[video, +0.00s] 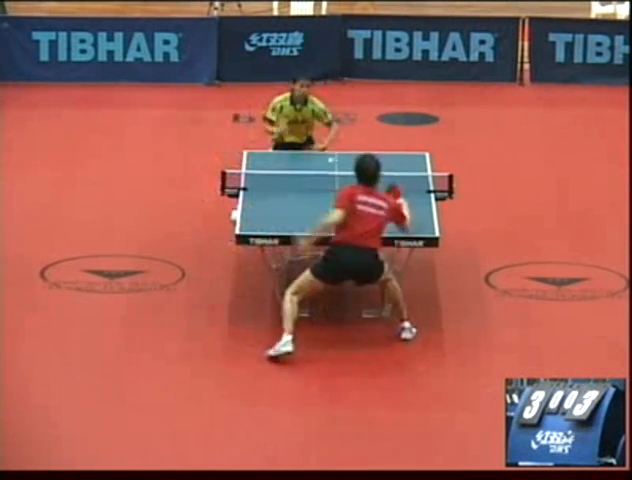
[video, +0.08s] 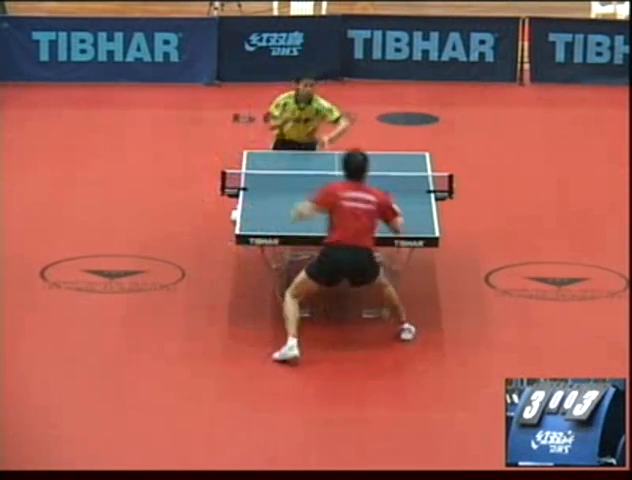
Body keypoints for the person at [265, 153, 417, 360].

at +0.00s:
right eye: (374, 172)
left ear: (357, 174)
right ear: (378, 176)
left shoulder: (350, 194)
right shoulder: (386, 201)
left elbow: (337, 218)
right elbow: (404, 223)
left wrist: (310, 239)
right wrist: (400, 200)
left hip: (340, 253)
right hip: (368, 255)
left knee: (293, 293)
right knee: (388, 280)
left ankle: (286, 338)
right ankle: (406, 325)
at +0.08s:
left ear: (344, 170)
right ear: (366, 171)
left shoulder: (334, 191)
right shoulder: (377, 197)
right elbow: (397, 226)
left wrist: (300, 211)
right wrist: (395, 210)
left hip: (334, 252)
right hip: (363, 253)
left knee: (292, 295)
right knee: (384, 286)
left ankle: (291, 343)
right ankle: (405, 325)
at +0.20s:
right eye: (350, 162)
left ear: (331, 164)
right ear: (353, 166)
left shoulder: (316, 185)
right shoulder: (363, 191)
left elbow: (289, 209)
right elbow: (386, 223)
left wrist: (306, 210)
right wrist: (381, 210)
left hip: (317, 248)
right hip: (348, 250)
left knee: (286, 293)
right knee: (373, 293)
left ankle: (289, 346)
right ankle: (395, 331)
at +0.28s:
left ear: (324, 167)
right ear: (347, 168)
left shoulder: (309, 187)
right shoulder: (356, 193)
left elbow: (290, 220)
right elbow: (377, 227)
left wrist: (301, 218)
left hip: (310, 247)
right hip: (340, 249)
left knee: (275, 290)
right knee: (368, 291)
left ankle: (269, 343)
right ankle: (385, 341)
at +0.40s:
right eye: (348, 182)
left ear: (324, 183)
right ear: (347, 186)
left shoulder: (307, 204)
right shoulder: (349, 213)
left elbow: (283, 226)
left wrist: (278, 235)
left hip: (296, 262)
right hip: (326, 266)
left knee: (261, 308)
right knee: (361, 300)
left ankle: (230, 354)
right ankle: (372, 344)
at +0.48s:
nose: (365, 196)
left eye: (362, 190)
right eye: (365, 192)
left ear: (343, 190)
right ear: (363, 195)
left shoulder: (321, 208)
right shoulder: (360, 218)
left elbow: (285, 220)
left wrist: (258, 228)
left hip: (299, 263)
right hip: (327, 271)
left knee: (263, 306)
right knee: (363, 311)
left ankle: (229, 352)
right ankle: (360, 362)